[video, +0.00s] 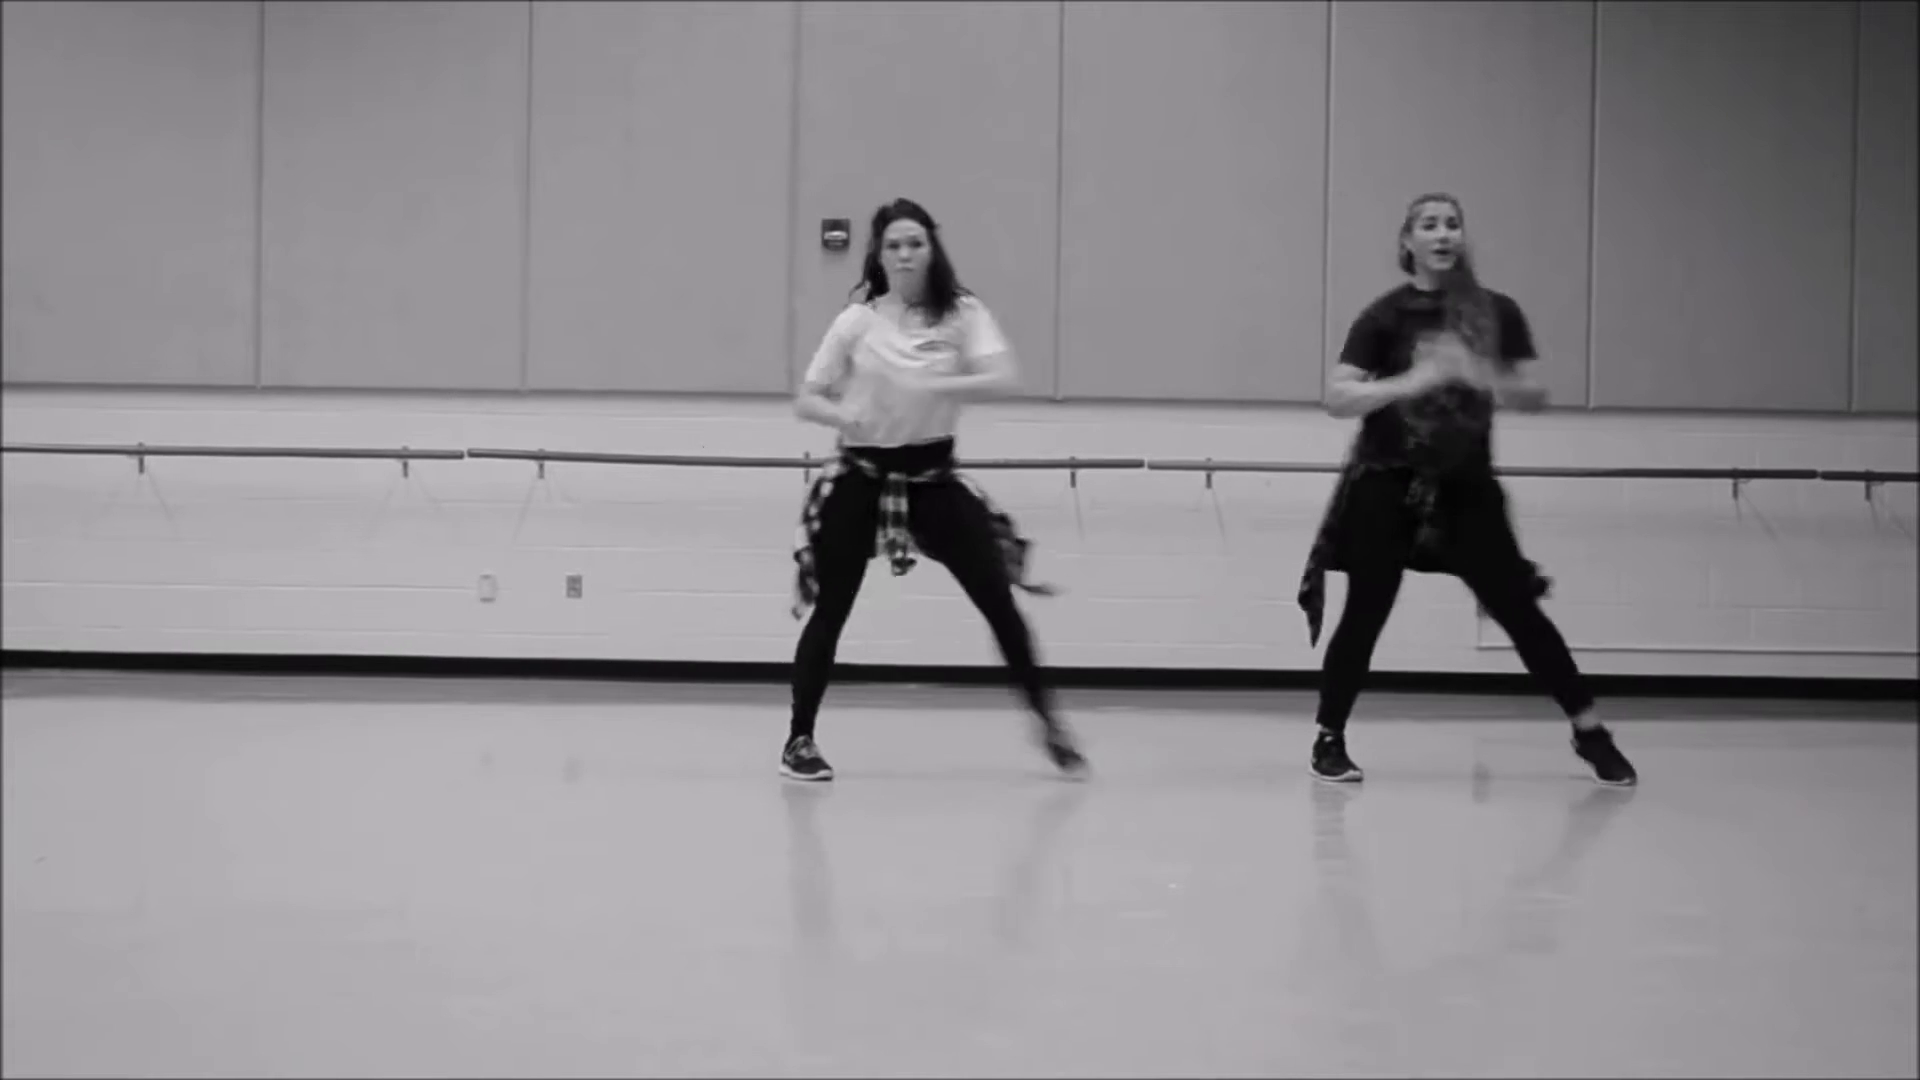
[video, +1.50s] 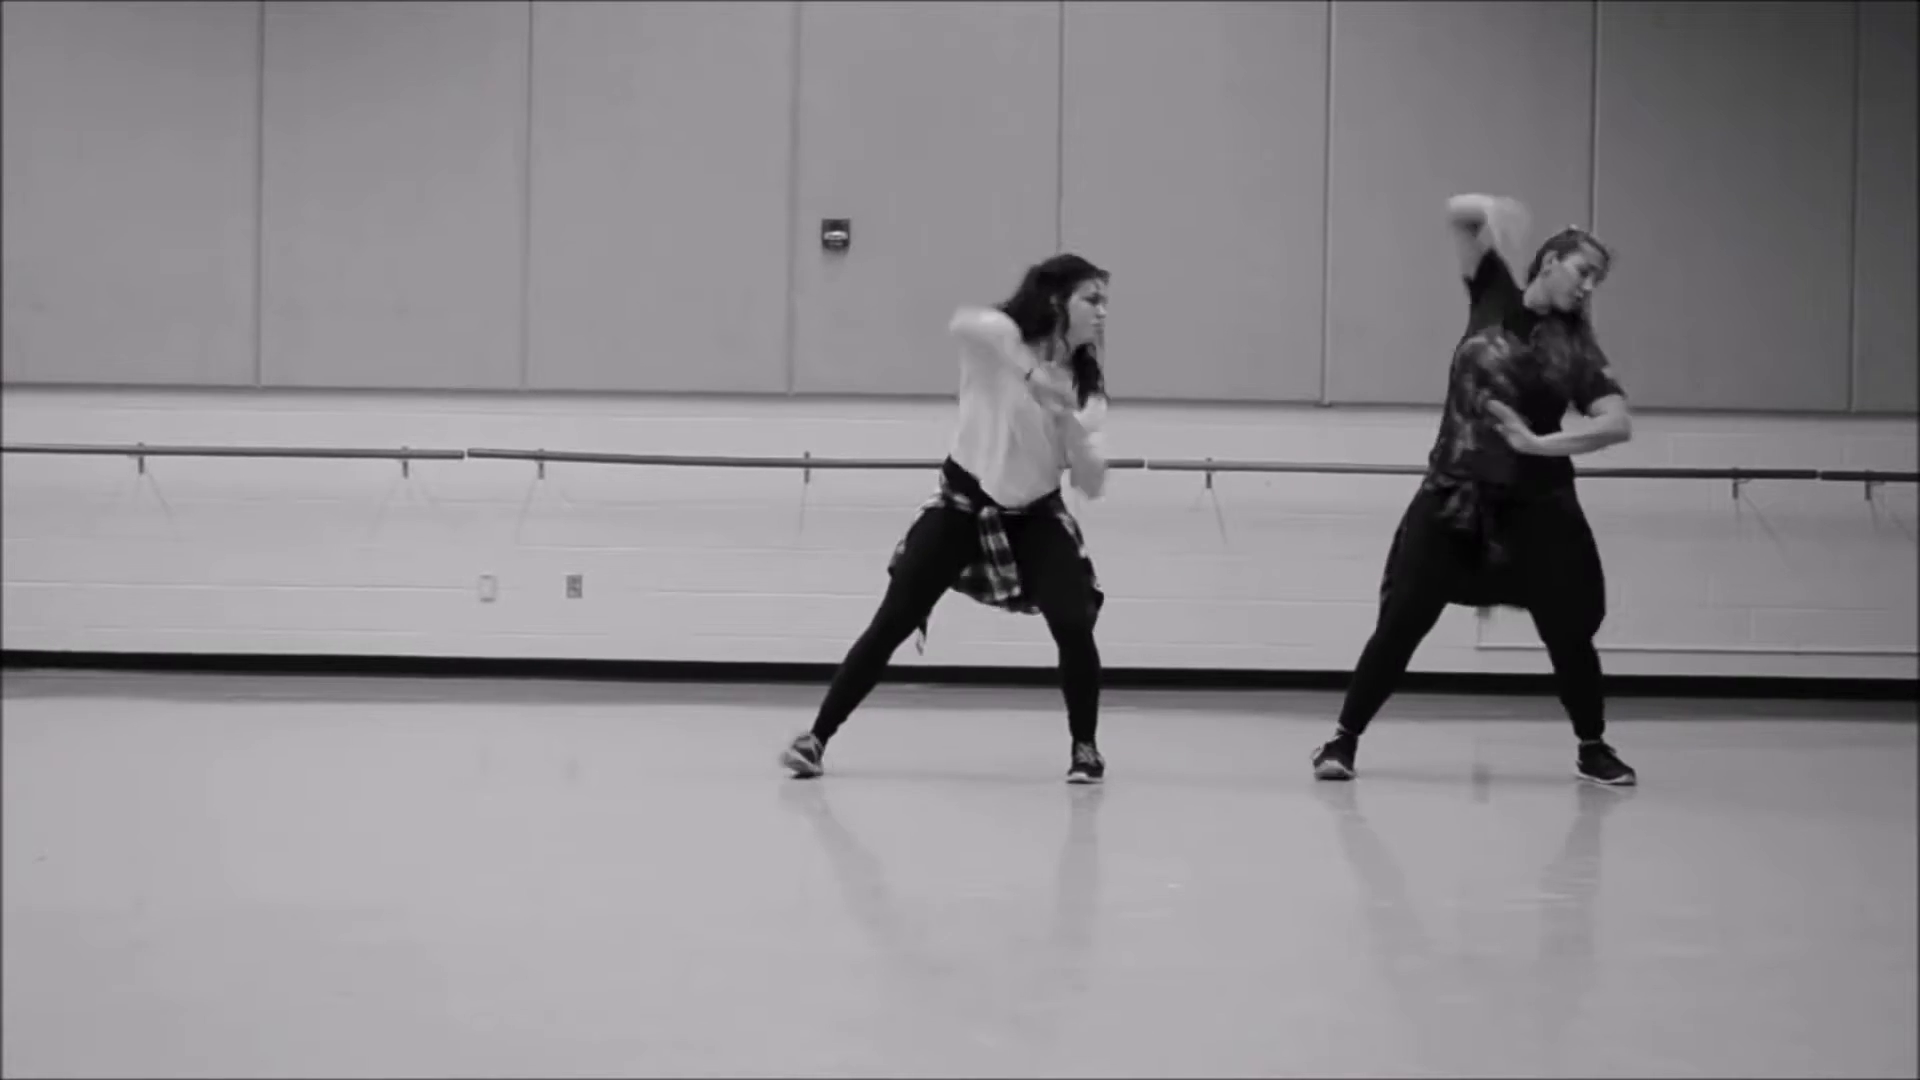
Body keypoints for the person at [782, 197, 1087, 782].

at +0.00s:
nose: (906, 254)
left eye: (916, 243)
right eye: (895, 245)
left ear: (934, 250)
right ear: (878, 255)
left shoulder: (963, 313)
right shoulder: (856, 321)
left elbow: (1006, 377)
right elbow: (807, 399)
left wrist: (938, 386)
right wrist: (844, 417)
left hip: (933, 480)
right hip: (861, 481)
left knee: (997, 601)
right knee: (831, 611)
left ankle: (1051, 726)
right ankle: (800, 740)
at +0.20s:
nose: (962, 275)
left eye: (972, 265)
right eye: (950, 267)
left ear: (990, 272)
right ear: (935, 278)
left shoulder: (1023, 328)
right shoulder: (913, 331)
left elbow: (1091, 368)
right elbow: (840, 377)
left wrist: (1015, 396)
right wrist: (909, 409)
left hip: (999, 499)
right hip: (924, 499)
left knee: (1045, 622)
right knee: (871, 617)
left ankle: (1085, 741)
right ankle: (810, 739)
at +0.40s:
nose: (1006, 286)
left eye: (1015, 277)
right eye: (994, 279)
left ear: (1032, 286)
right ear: (977, 291)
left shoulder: (1059, 351)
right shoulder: (961, 337)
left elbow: (1108, 414)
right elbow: (898, 308)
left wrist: (1035, 416)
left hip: (1027, 512)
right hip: (951, 505)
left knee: (1066, 627)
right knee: (889, 622)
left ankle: (1086, 746)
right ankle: (815, 740)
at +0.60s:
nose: (1020, 292)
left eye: (1029, 281)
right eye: (1008, 282)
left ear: (1046, 288)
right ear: (988, 291)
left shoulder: (1061, 350)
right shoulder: (966, 338)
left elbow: (1089, 408)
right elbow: (947, 362)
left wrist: (1063, 332)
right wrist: (1008, 318)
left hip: (1033, 514)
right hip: (959, 505)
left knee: (1073, 630)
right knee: (890, 624)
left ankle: (1087, 746)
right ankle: (815, 740)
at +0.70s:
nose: (1020, 291)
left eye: (1029, 281)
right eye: (1007, 282)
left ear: (1044, 291)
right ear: (991, 292)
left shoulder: (1070, 365)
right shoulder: (964, 351)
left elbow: (1153, 372)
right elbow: (925, 418)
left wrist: (1080, 342)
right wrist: (995, 372)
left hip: (1032, 517)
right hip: (957, 510)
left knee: (1070, 630)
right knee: (891, 623)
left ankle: (1086, 747)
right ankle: (815, 740)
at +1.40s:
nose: (1090, 302)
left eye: (1091, 292)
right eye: (1079, 291)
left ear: (1065, 299)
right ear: (1043, 294)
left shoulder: (1083, 365)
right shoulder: (990, 345)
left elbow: (1144, 432)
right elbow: (938, 390)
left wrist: (1089, 406)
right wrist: (1014, 405)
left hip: (1043, 516)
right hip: (968, 506)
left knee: (1077, 628)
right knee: (896, 625)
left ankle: (1085, 747)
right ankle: (818, 740)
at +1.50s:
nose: (1102, 312)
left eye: (1105, 302)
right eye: (1092, 300)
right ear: (1055, 300)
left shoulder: (1086, 386)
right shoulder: (997, 342)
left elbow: (1093, 483)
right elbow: (966, 324)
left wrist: (1069, 420)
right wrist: (1028, 365)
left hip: (1036, 518)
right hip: (963, 508)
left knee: (1074, 626)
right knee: (892, 621)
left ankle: (1085, 748)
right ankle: (816, 739)